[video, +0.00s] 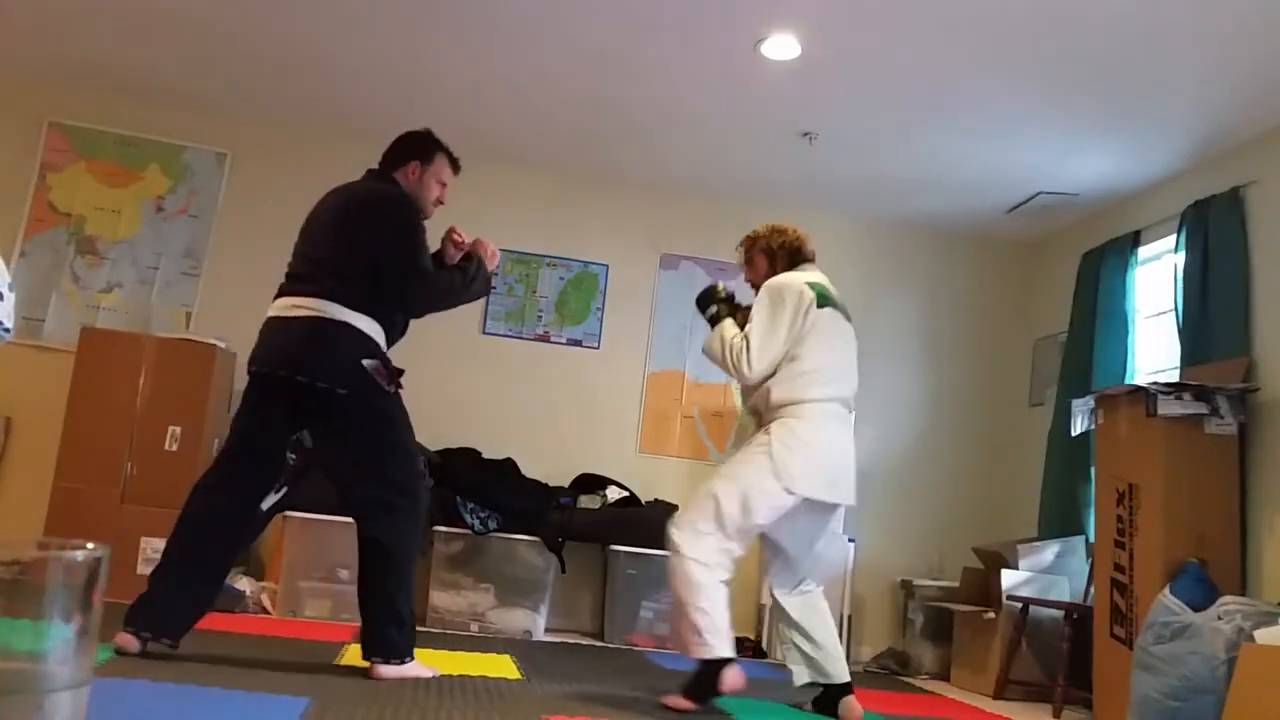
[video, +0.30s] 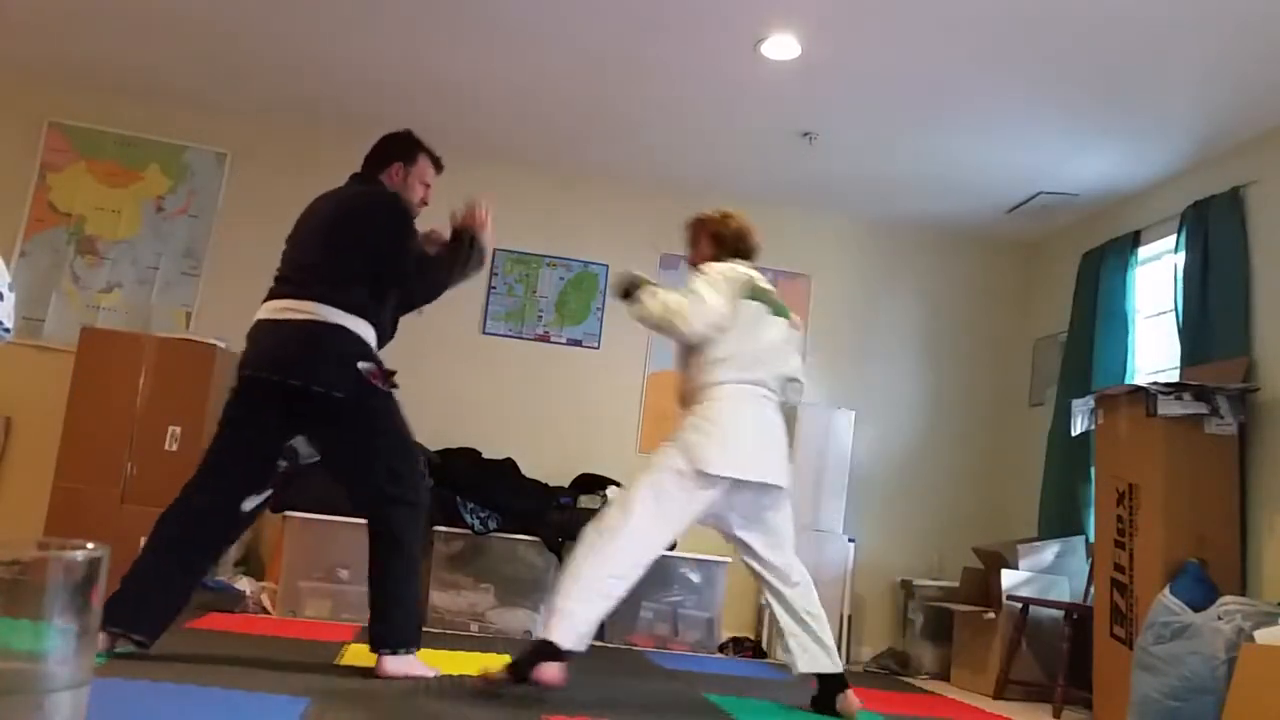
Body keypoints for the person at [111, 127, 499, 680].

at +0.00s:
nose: (443, 200)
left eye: (446, 190)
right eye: (441, 186)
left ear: (399, 171)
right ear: (412, 170)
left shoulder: (336, 201)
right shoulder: (397, 208)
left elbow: (374, 289)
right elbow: (414, 292)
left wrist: (440, 261)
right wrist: (478, 272)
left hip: (278, 352)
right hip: (344, 361)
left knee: (233, 488)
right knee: (396, 497)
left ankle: (147, 626)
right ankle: (390, 654)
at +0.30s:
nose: (428, 199)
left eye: (431, 190)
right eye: (426, 186)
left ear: (378, 172)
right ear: (397, 172)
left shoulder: (324, 206)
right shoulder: (389, 209)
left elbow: (361, 282)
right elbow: (406, 288)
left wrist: (425, 252)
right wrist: (470, 251)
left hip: (267, 355)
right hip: (334, 364)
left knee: (215, 495)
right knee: (401, 495)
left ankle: (122, 626)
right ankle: (396, 648)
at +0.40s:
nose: (424, 201)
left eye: (427, 193)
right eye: (421, 190)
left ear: (371, 183)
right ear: (392, 180)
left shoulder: (315, 214)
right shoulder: (399, 219)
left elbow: (315, 297)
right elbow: (461, 270)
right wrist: (496, 226)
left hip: (251, 362)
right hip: (324, 372)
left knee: (191, 493)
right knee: (377, 511)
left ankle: (122, 613)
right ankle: (395, 652)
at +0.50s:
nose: (402, 206)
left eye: (404, 195)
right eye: (399, 193)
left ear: (349, 187)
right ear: (371, 186)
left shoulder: (292, 218)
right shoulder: (379, 228)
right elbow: (437, 300)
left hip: (237, 367)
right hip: (312, 376)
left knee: (165, 484)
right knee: (373, 508)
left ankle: (80, 597)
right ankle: (386, 650)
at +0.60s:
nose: (372, 200)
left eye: (375, 189)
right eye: (369, 186)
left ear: (317, 177)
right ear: (340, 176)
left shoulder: (260, 214)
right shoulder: (336, 220)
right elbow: (339, 307)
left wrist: (377, 318)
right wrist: (405, 334)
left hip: (215, 366)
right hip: (287, 374)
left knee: (144, 491)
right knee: (350, 504)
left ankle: (37, 593)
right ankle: (381, 649)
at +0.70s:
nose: (346, 187)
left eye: (349, 176)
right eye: (343, 173)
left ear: (289, 165)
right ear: (312, 164)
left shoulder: (235, 204)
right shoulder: (307, 210)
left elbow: (256, 280)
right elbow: (318, 291)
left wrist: (331, 253)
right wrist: (360, 274)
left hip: (193, 361)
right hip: (266, 369)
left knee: (131, 490)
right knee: (329, 505)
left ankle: (29, 599)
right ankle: (369, 642)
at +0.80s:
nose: (333, 179)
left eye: (337, 169)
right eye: (330, 164)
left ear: (281, 154)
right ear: (295, 152)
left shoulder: (228, 189)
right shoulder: (284, 192)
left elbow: (256, 271)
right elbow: (288, 277)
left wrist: (324, 234)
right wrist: (362, 241)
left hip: (177, 346)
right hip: (239, 352)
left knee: (133, 484)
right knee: (314, 480)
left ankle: (39, 598)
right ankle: (332, 629)